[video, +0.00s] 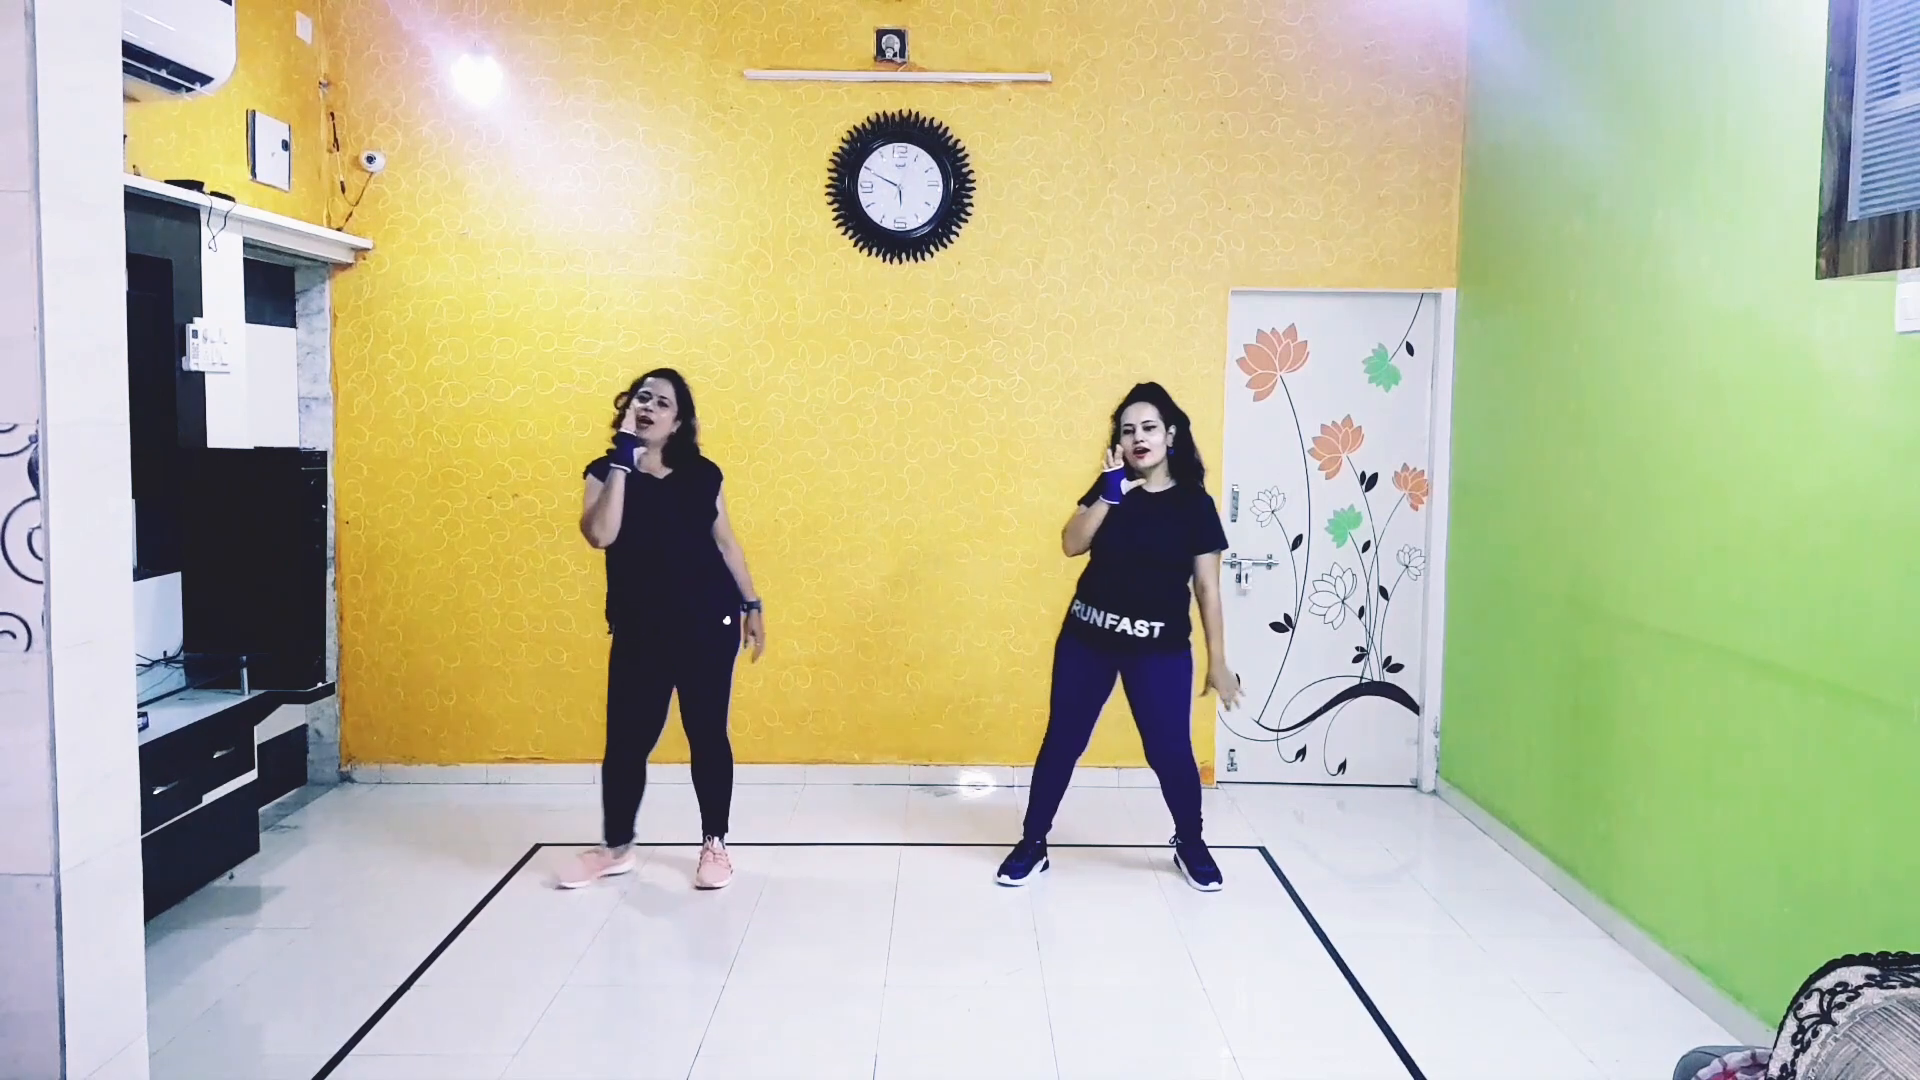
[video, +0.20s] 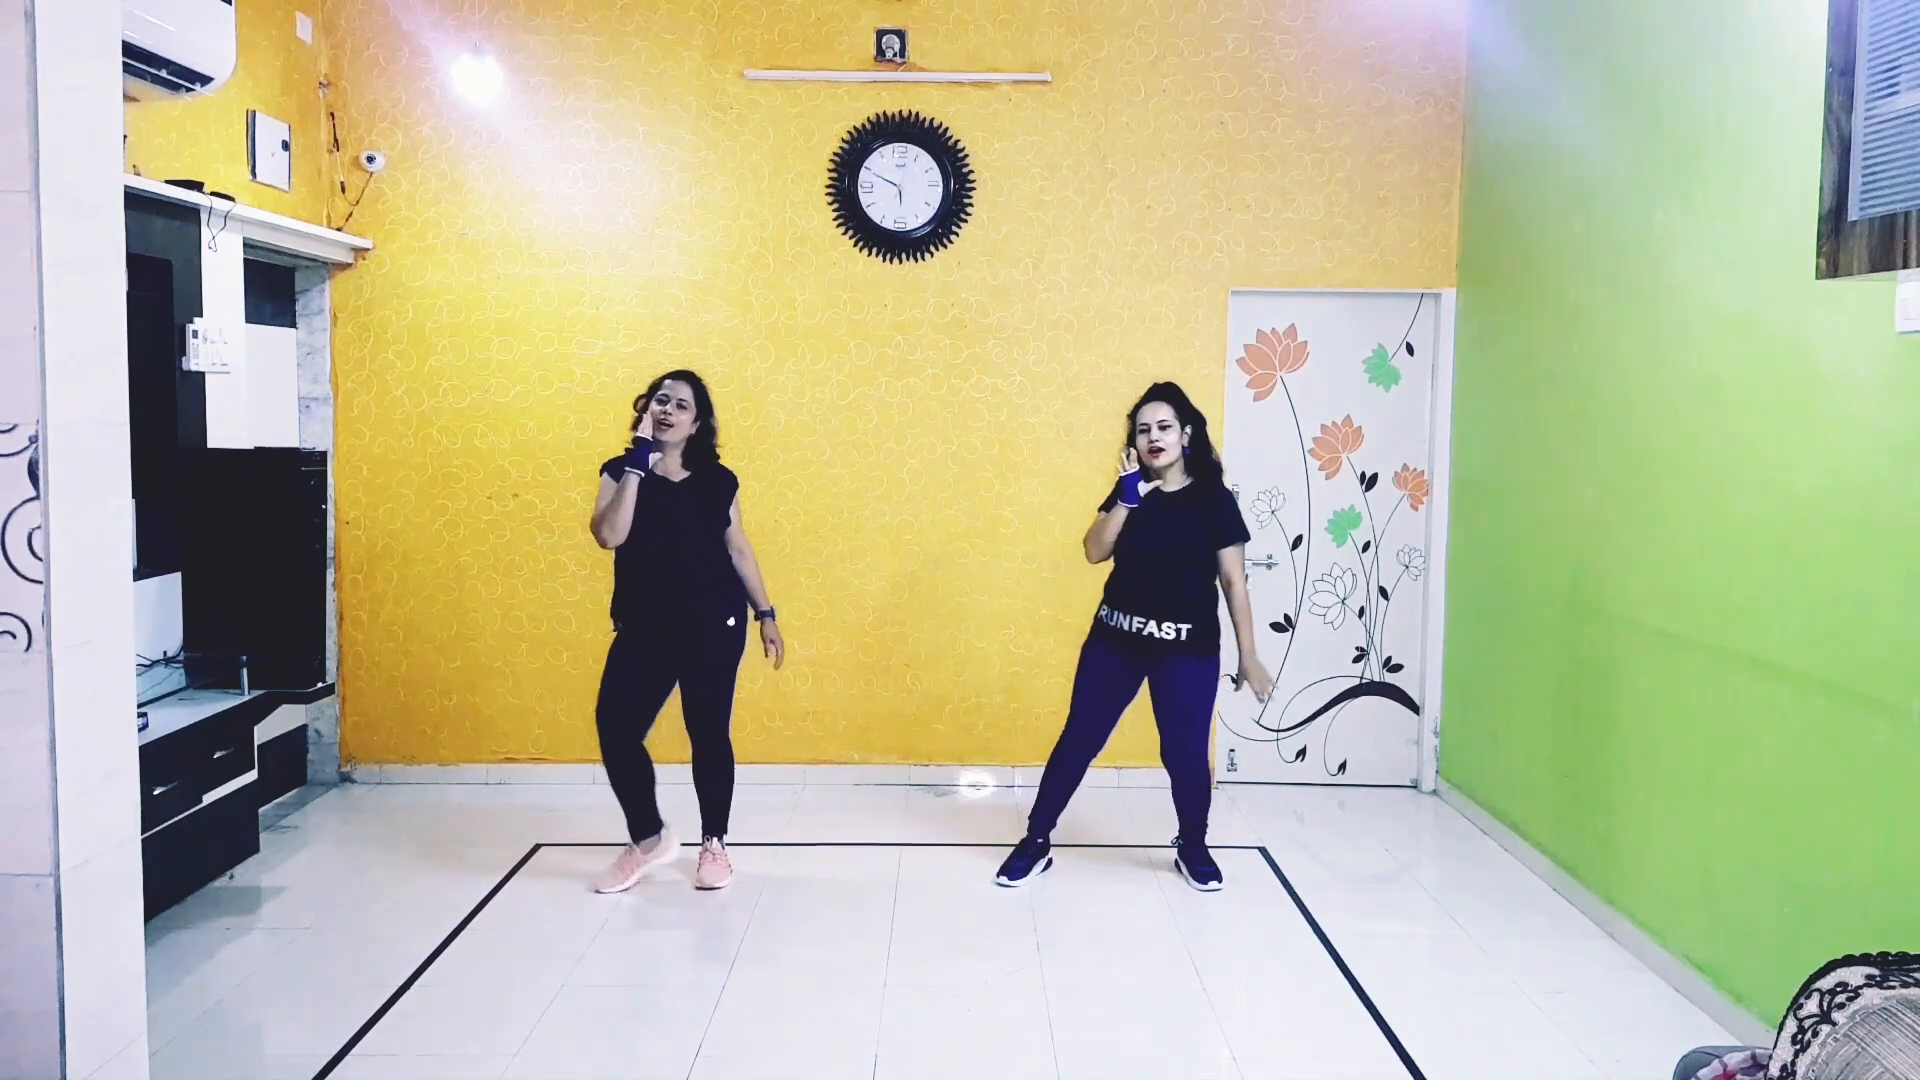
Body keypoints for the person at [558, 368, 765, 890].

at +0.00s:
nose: (648, 406)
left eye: (662, 402)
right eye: (642, 397)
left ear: (680, 420)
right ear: (627, 406)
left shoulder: (702, 475)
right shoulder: (605, 472)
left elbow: (726, 543)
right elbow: (601, 534)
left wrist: (752, 602)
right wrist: (622, 464)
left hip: (705, 629)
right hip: (639, 631)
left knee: (708, 737)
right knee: (625, 743)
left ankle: (714, 844)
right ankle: (617, 847)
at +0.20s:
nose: (667, 409)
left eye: (681, 405)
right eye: (661, 400)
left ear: (698, 422)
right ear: (645, 409)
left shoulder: (716, 481)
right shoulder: (621, 473)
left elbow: (739, 549)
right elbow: (610, 535)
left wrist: (766, 612)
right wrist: (635, 468)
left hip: (711, 629)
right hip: (645, 628)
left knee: (709, 732)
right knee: (616, 729)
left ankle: (714, 844)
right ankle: (649, 838)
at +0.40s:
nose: (655, 400)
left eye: (669, 395)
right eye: (649, 391)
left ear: (690, 411)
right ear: (635, 402)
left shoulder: (714, 473)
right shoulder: (620, 464)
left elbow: (731, 542)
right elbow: (594, 527)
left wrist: (749, 609)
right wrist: (623, 451)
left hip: (693, 622)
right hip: (624, 619)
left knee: (695, 731)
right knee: (588, 722)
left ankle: (711, 844)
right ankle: (593, 830)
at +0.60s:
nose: (627, 403)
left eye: (642, 399)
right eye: (622, 394)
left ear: (663, 416)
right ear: (609, 406)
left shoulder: (685, 478)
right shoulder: (584, 472)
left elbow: (704, 540)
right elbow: (538, 541)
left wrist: (713, 562)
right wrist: (568, 511)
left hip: (653, 628)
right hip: (583, 625)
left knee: (665, 737)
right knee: (580, 734)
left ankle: (706, 845)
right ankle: (575, 841)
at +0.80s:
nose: (606, 412)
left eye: (620, 408)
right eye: (600, 403)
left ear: (638, 424)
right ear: (585, 414)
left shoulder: (661, 480)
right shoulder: (565, 483)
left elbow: (689, 550)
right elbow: (541, 536)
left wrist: (687, 525)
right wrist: (523, 555)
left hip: (621, 634)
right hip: (555, 631)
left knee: (625, 739)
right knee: (565, 737)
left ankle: (643, 849)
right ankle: (573, 843)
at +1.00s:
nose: (610, 404)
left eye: (623, 399)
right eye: (602, 394)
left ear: (636, 413)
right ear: (581, 402)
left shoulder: (655, 471)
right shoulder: (555, 471)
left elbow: (672, 534)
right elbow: (536, 533)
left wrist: (683, 525)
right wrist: (490, 534)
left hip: (633, 625)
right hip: (565, 624)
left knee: (643, 732)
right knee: (570, 734)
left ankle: (670, 838)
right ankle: (574, 843)